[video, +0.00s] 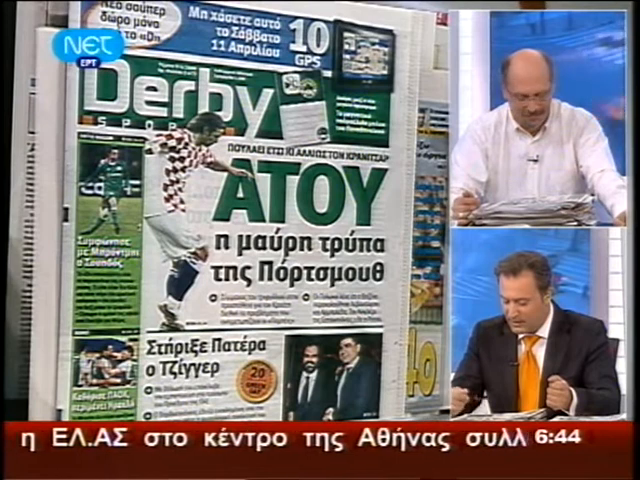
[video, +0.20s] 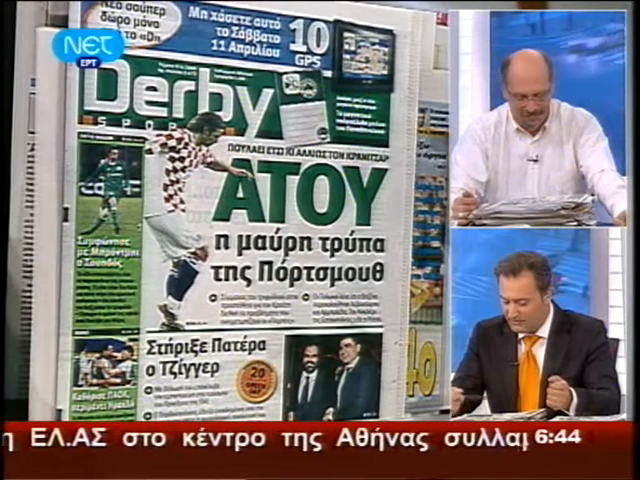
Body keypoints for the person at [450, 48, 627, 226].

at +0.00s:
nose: (533, 107)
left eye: (541, 96)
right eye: (522, 98)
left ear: (552, 87)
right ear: (505, 91)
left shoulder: (580, 124)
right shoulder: (482, 131)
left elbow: (604, 174)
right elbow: (462, 189)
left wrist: (624, 211)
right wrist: (463, 208)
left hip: (567, 246)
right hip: (499, 245)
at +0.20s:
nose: (531, 107)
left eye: (540, 96)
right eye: (521, 98)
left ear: (551, 87)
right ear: (505, 91)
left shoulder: (580, 124)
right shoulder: (482, 131)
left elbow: (604, 174)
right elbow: (462, 189)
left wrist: (624, 211)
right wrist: (463, 208)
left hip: (566, 245)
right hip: (499, 245)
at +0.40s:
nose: (533, 107)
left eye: (540, 96)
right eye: (521, 98)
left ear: (551, 86)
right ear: (505, 91)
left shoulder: (580, 124)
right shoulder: (482, 131)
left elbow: (604, 174)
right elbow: (462, 189)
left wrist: (624, 211)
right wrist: (463, 208)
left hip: (566, 245)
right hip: (499, 245)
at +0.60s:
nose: (533, 106)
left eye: (541, 95)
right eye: (522, 97)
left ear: (551, 86)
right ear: (505, 91)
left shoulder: (580, 124)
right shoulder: (482, 131)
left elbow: (604, 174)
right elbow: (462, 189)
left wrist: (624, 211)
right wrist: (463, 208)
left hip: (567, 245)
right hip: (499, 245)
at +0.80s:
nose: (533, 106)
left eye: (541, 95)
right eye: (522, 97)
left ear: (551, 86)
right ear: (505, 91)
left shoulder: (580, 124)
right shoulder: (482, 131)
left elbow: (604, 174)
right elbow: (462, 189)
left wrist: (624, 211)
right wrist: (463, 208)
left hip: (567, 245)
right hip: (499, 245)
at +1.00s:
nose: (533, 105)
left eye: (541, 94)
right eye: (522, 96)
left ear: (551, 86)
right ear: (505, 91)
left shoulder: (580, 124)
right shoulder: (482, 131)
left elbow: (604, 174)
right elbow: (462, 188)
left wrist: (624, 211)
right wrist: (463, 208)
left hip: (567, 245)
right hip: (499, 245)